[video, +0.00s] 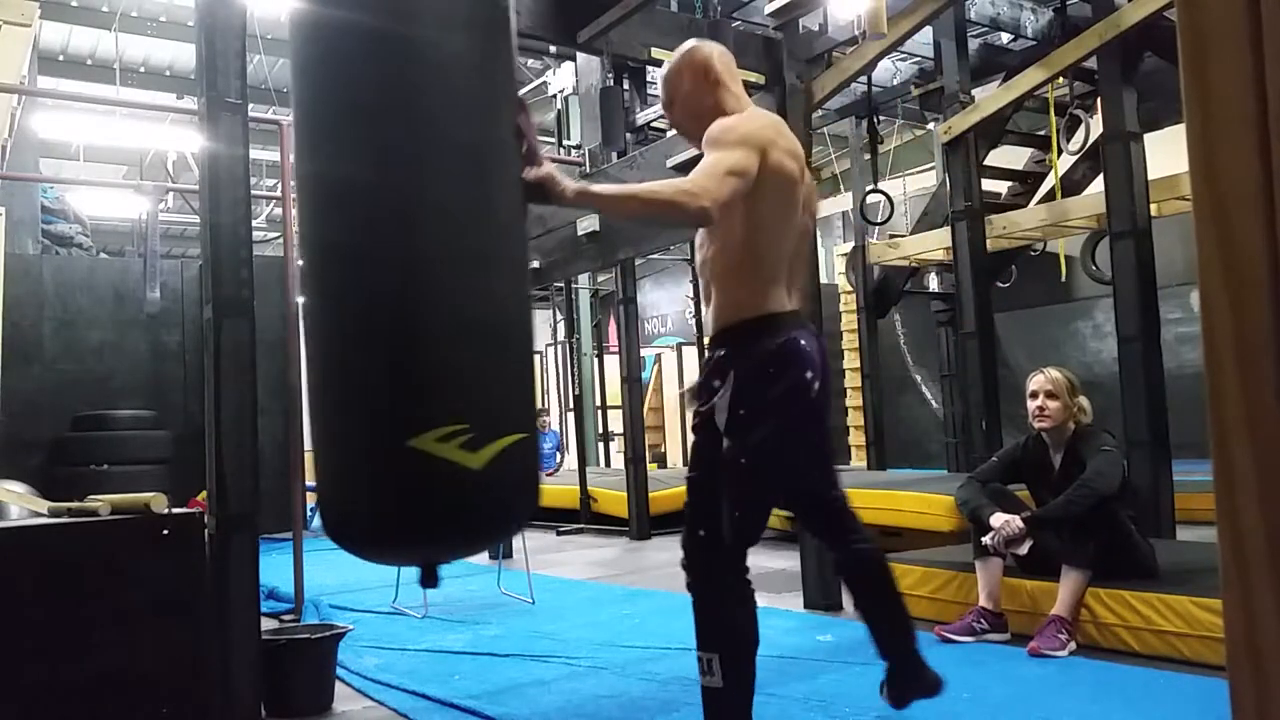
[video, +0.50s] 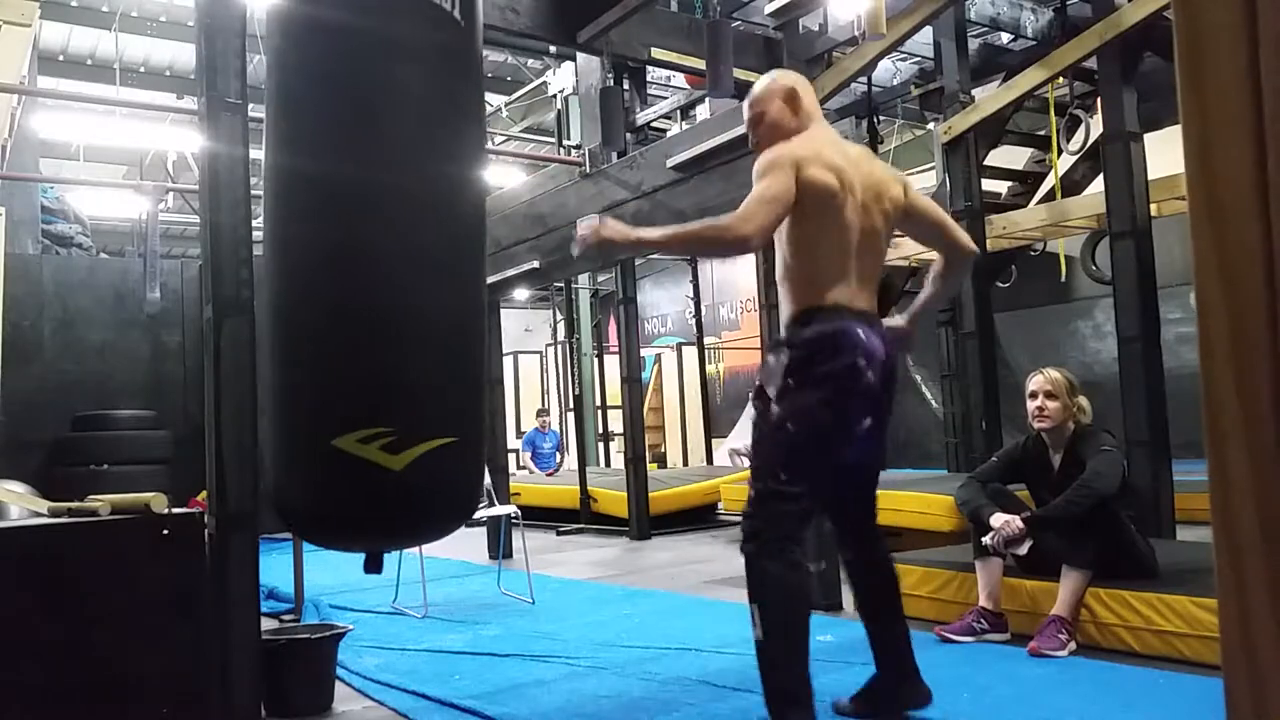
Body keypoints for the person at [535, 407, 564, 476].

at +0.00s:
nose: (544, 419)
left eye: (546, 416)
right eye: (541, 416)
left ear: (549, 418)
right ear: (537, 419)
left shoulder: (555, 434)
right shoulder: (534, 435)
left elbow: (563, 453)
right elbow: (529, 453)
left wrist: (556, 469)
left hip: (552, 471)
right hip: (538, 472)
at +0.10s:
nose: (544, 419)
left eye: (546, 416)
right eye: (541, 416)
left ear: (549, 418)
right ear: (537, 419)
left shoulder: (556, 435)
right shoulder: (529, 436)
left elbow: (564, 453)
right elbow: (526, 459)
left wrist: (558, 470)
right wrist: (539, 473)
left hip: (554, 472)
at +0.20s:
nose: (544, 419)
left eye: (546, 416)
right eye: (541, 417)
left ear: (549, 418)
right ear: (537, 419)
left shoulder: (556, 435)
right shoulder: (529, 436)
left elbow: (564, 453)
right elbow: (526, 459)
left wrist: (558, 470)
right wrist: (539, 473)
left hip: (554, 472)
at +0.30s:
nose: (544, 419)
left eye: (546, 416)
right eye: (541, 417)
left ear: (549, 418)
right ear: (536, 419)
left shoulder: (555, 435)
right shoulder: (530, 436)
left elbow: (563, 453)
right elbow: (526, 459)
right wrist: (539, 473)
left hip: (553, 472)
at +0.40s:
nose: (544, 419)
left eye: (546, 416)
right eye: (541, 417)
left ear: (549, 418)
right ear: (536, 419)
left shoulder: (555, 435)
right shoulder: (530, 436)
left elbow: (563, 453)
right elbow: (526, 459)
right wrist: (539, 473)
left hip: (553, 472)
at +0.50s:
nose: (544, 419)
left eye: (546, 416)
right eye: (541, 417)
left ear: (549, 418)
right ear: (536, 419)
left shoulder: (555, 435)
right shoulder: (530, 436)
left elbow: (563, 453)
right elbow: (526, 459)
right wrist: (539, 473)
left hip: (553, 472)